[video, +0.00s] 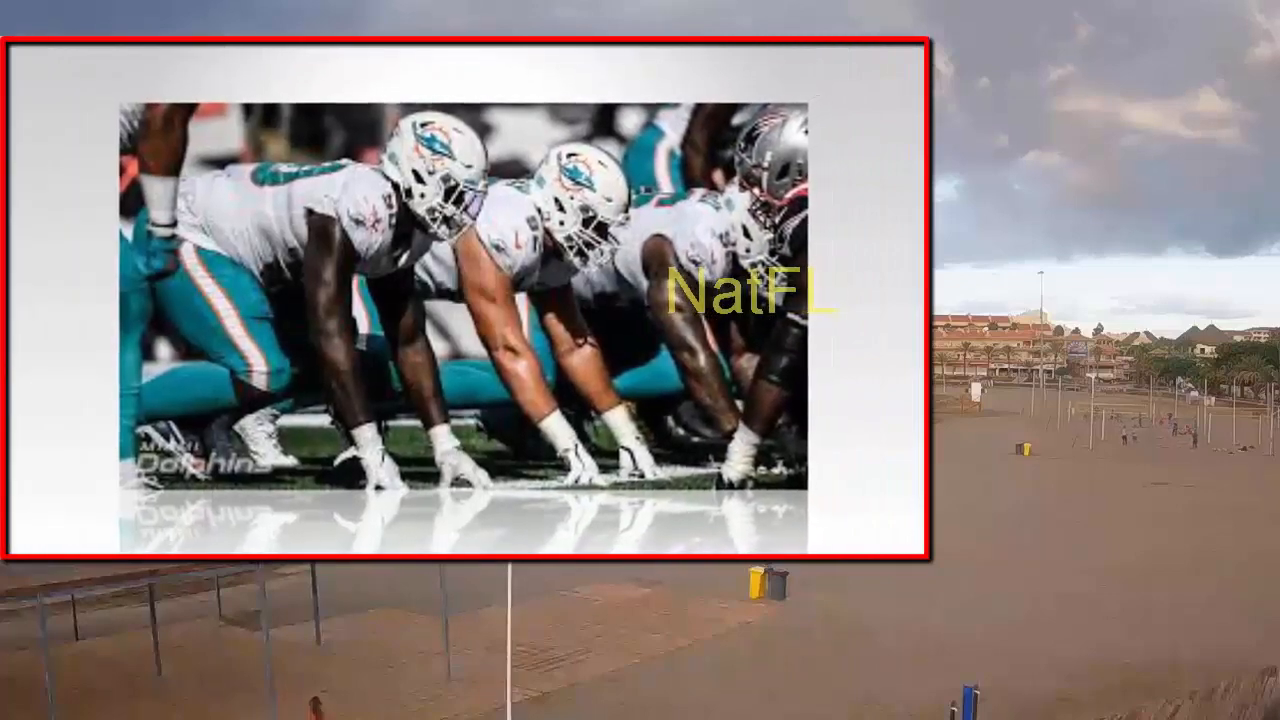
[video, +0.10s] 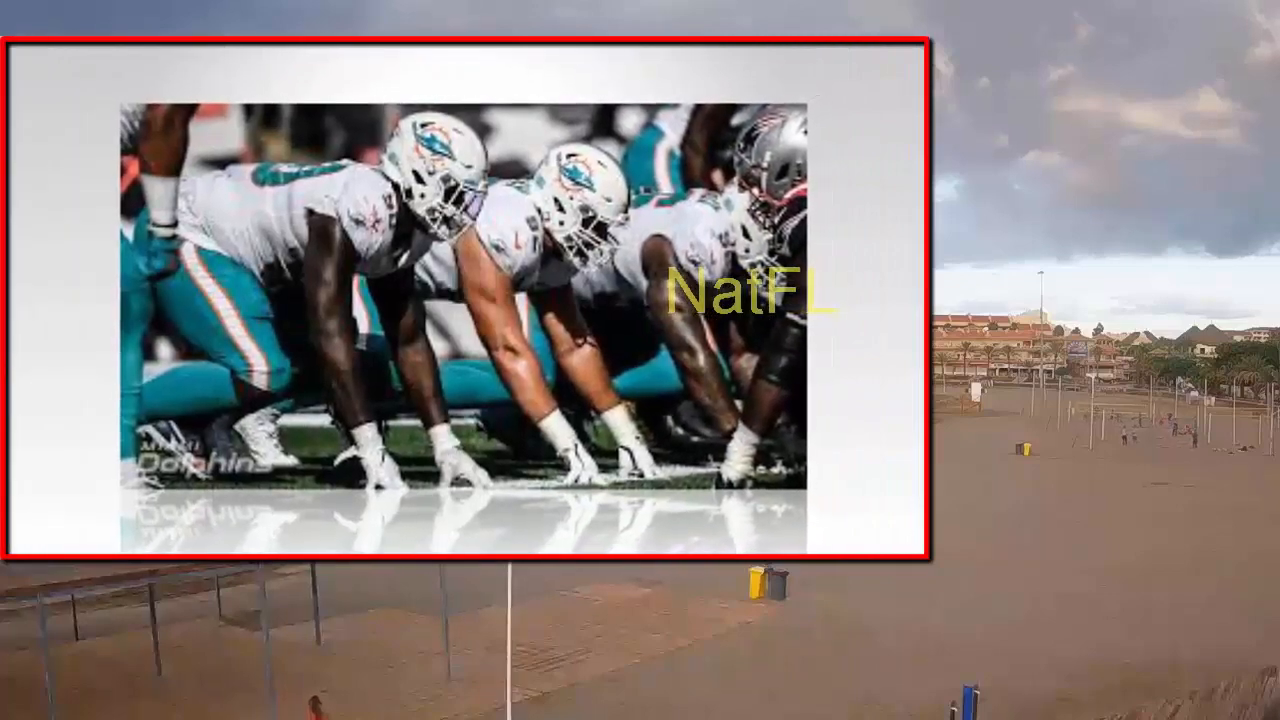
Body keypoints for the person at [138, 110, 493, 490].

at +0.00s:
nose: (458, 203)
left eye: (466, 191)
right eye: (450, 185)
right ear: (414, 166)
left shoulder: (399, 227)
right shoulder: (353, 203)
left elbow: (411, 340)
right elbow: (329, 333)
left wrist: (445, 446)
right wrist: (370, 448)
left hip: (253, 253)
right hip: (194, 237)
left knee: (316, 365)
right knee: (262, 373)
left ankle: (196, 423)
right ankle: (107, 413)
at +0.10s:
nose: (458, 203)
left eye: (466, 191)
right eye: (450, 185)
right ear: (415, 166)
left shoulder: (399, 227)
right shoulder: (353, 203)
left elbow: (411, 340)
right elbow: (329, 332)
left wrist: (445, 445)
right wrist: (370, 447)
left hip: (251, 254)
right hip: (193, 237)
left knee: (314, 364)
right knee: (262, 372)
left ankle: (192, 422)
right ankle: (109, 413)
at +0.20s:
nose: (458, 203)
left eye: (467, 192)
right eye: (450, 185)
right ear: (415, 166)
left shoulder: (400, 227)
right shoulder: (354, 203)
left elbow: (411, 340)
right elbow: (329, 331)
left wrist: (445, 444)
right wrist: (370, 447)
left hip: (252, 254)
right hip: (195, 237)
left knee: (315, 365)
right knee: (263, 372)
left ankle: (197, 421)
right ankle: (110, 413)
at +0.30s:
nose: (458, 203)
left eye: (466, 191)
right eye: (449, 185)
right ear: (414, 166)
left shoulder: (400, 228)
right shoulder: (354, 203)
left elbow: (411, 339)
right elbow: (329, 332)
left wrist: (445, 444)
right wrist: (370, 446)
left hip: (252, 255)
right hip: (195, 238)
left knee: (314, 365)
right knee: (263, 372)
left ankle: (192, 422)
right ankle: (112, 413)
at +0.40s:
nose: (459, 204)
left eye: (467, 192)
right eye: (451, 186)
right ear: (417, 167)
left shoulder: (399, 227)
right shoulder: (355, 204)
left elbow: (411, 340)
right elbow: (329, 331)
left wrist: (445, 444)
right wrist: (371, 446)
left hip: (252, 254)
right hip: (196, 238)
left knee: (312, 365)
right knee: (265, 371)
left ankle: (194, 421)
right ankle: (112, 411)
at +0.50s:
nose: (459, 204)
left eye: (467, 192)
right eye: (451, 186)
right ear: (416, 168)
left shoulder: (400, 228)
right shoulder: (356, 204)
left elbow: (411, 339)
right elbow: (330, 331)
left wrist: (445, 443)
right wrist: (371, 446)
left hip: (251, 254)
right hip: (196, 238)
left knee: (310, 364)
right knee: (265, 371)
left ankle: (191, 423)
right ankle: (112, 411)